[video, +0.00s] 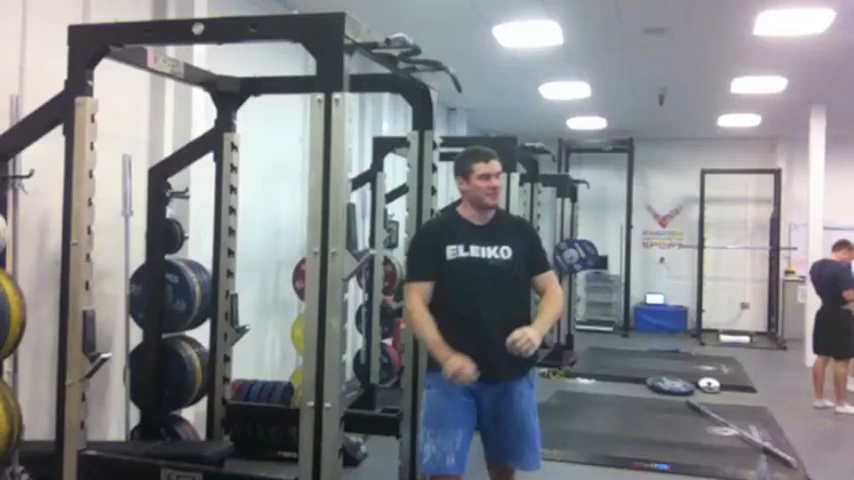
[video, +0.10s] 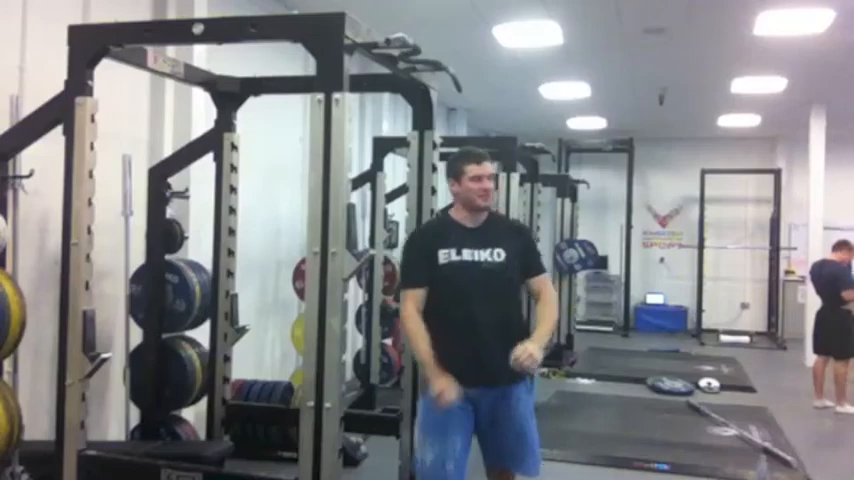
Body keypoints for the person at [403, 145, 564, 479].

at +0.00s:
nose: (494, 183)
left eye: (498, 176)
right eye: (484, 177)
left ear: (504, 179)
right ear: (462, 184)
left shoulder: (520, 231)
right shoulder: (433, 233)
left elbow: (554, 292)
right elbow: (414, 303)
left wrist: (537, 329)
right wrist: (447, 357)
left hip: (511, 378)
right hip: (451, 377)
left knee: (505, 470)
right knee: (443, 472)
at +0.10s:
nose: (486, 186)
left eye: (491, 178)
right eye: (477, 179)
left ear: (497, 182)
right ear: (454, 186)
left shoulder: (516, 235)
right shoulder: (426, 239)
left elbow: (547, 295)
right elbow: (410, 311)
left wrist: (537, 342)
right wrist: (434, 373)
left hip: (509, 385)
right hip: (446, 386)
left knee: (511, 472)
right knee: (438, 473)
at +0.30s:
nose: (461, 179)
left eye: (465, 171)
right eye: (449, 172)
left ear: (471, 176)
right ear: (429, 179)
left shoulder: (496, 229)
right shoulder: (402, 239)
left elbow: (524, 300)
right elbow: (385, 315)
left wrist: (543, 374)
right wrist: (376, 396)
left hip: (496, 388)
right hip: (428, 391)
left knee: (517, 474)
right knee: (422, 473)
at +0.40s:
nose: (446, 180)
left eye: (451, 170)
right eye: (434, 173)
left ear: (460, 173)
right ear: (418, 181)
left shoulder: (491, 229)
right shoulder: (395, 239)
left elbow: (524, 298)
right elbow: (365, 309)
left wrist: (545, 374)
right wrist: (351, 388)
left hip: (491, 389)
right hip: (423, 393)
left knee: (519, 475)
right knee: (413, 475)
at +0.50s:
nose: (432, 184)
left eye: (439, 173)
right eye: (422, 177)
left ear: (453, 173)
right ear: (411, 183)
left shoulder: (488, 230)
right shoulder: (391, 239)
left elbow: (521, 299)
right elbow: (356, 309)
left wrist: (541, 376)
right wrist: (332, 386)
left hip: (486, 392)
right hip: (418, 396)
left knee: (511, 475)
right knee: (410, 474)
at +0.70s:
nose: (421, 184)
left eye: (429, 172)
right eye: (412, 178)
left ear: (448, 170)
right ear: (405, 182)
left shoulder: (487, 231)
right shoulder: (387, 237)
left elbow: (518, 305)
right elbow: (355, 316)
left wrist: (521, 391)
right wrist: (330, 396)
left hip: (479, 399)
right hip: (410, 401)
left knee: (492, 474)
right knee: (404, 474)